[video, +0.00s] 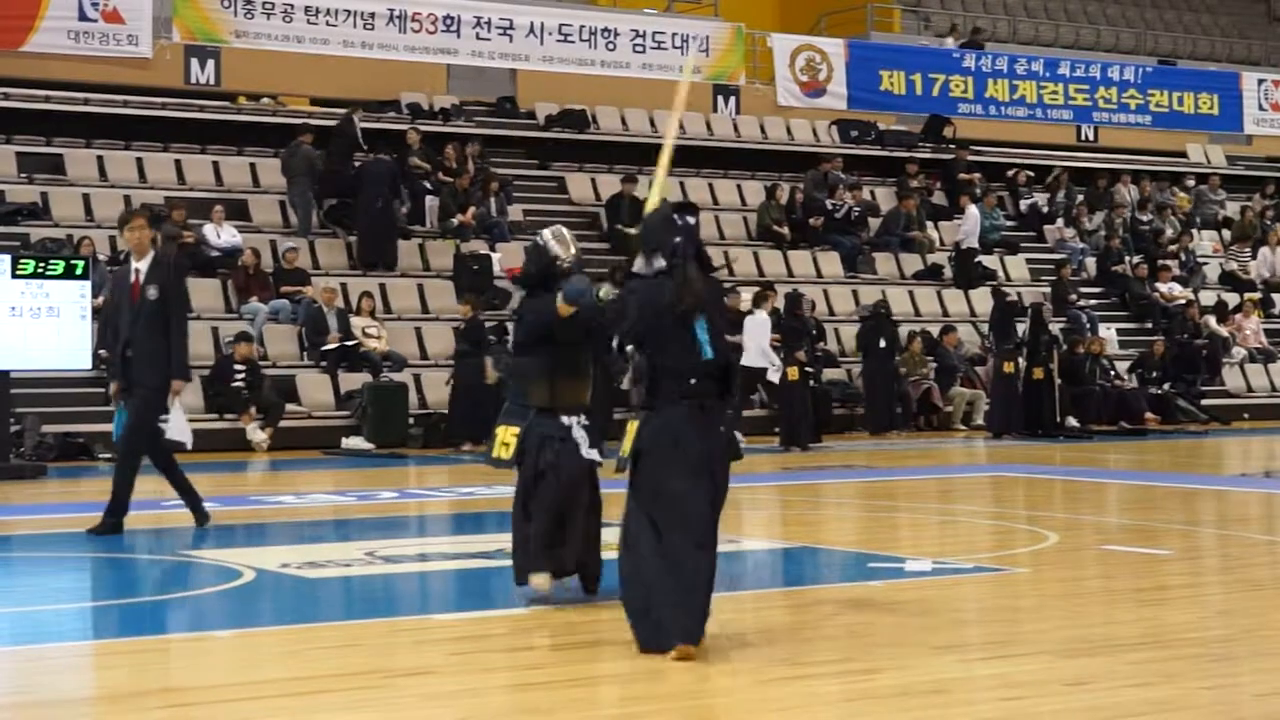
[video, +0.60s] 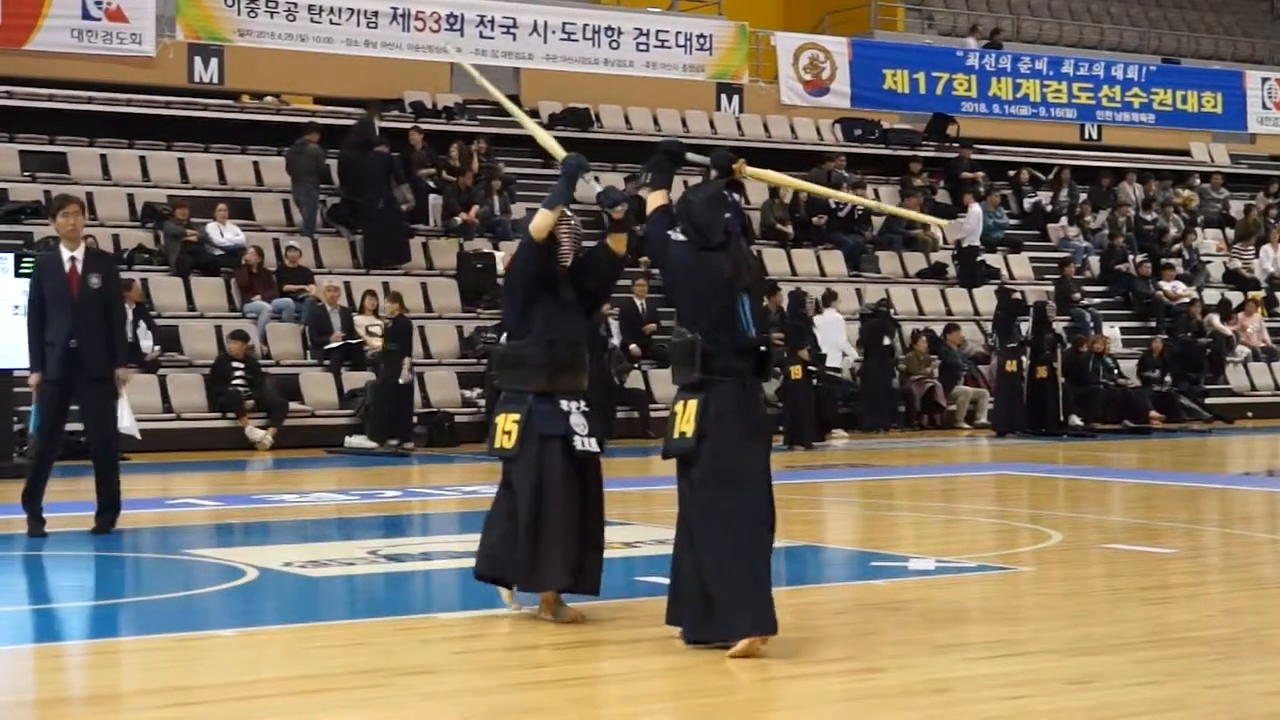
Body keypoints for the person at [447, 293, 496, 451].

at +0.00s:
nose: (460, 309)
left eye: (464, 306)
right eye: (460, 306)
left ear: (471, 308)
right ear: (465, 308)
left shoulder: (475, 326)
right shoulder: (464, 327)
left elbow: (477, 351)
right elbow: (461, 355)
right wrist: (453, 373)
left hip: (472, 372)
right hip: (463, 371)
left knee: (467, 406)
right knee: (471, 406)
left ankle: (468, 439)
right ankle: (475, 439)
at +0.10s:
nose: (448, 308)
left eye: (451, 304)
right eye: (448, 305)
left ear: (458, 306)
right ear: (451, 306)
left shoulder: (464, 323)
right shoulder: (451, 324)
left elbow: (465, 348)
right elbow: (449, 346)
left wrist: (461, 370)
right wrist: (444, 361)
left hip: (458, 365)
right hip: (449, 365)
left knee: (458, 402)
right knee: (446, 399)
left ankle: (464, 438)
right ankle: (448, 438)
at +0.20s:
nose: (436, 309)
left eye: (438, 305)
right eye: (435, 305)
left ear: (446, 306)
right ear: (444, 306)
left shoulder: (450, 323)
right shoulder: (445, 322)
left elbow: (446, 349)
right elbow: (441, 347)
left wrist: (436, 366)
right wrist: (435, 362)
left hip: (449, 367)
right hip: (446, 367)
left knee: (447, 401)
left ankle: (447, 437)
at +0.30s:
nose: (423, 310)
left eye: (425, 307)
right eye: (423, 307)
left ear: (434, 307)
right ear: (434, 307)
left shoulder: (437, 325)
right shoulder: (435, 323)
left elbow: (428, 350)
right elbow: (428, 349)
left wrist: (411, 363)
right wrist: (413, 362)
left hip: (434, 368)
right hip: (435, 367)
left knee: (422, 401)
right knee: (446, 401)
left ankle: (416, 439)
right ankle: (461, 437)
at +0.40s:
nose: (412, 308)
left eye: (414, 305)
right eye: (412, 305)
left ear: (422, 306)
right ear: (422, 306)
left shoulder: (425, 323)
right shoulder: (420, 322)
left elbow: (421, 349)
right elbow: (414, 347)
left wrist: (403, 361)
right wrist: (403, 359)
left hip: (422, 366)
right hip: (417, 365)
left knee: (411, 400)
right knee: (431, 400)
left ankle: (410, 439)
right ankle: (451, 427)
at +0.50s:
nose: (398, 307)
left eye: (400, 304)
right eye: (398, 304)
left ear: (409, 305)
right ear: (407, 305)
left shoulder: (413, 322)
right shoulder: (404, 322)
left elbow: (412, 348)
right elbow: (401, 346)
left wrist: (403, 366)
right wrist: (394, 364)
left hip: (412, 364)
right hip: (404, 364)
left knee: (412, 399)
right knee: (409, 399)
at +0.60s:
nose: (385, 306)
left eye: (388, 303)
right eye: (385, 303)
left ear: (396, 304)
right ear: (394, 305)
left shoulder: (403, 322)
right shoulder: (392, 322)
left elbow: (406, 348)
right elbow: (390, 345)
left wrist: (405, 369)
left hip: (399, 366)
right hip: (389, 366)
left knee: (401, 401)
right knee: (392, 401)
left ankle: (404, 437)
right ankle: (394, 436)